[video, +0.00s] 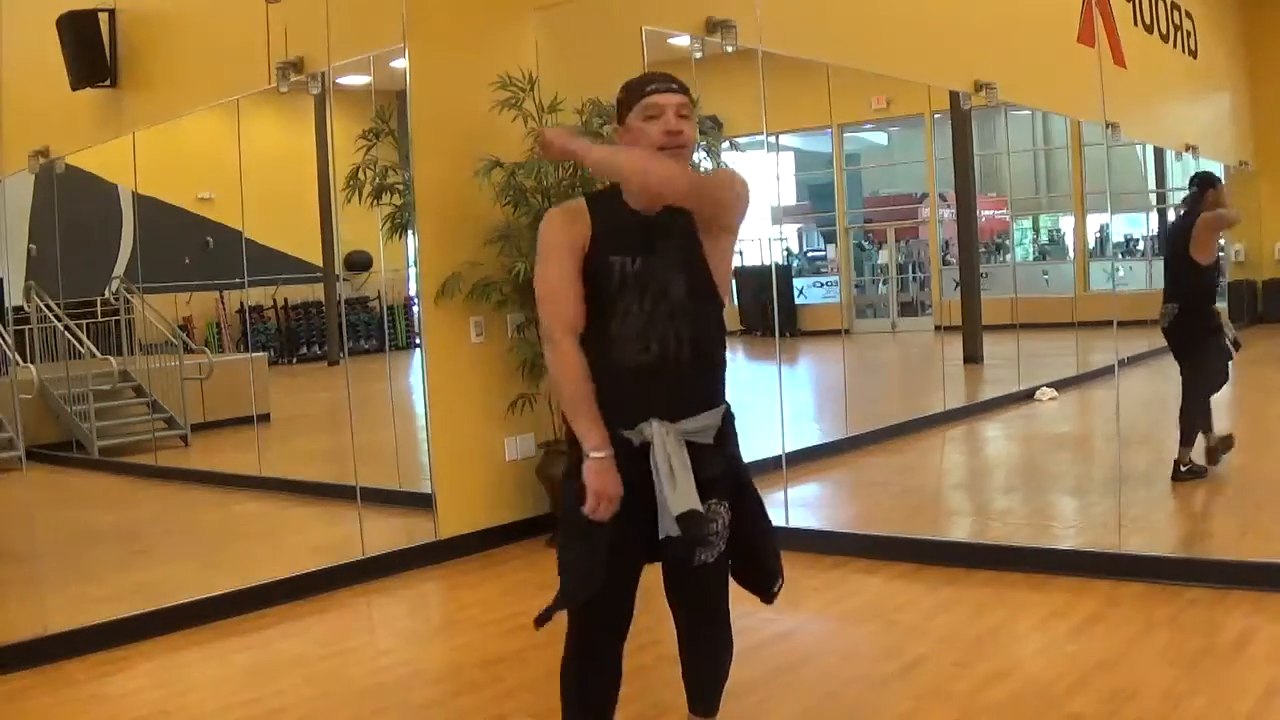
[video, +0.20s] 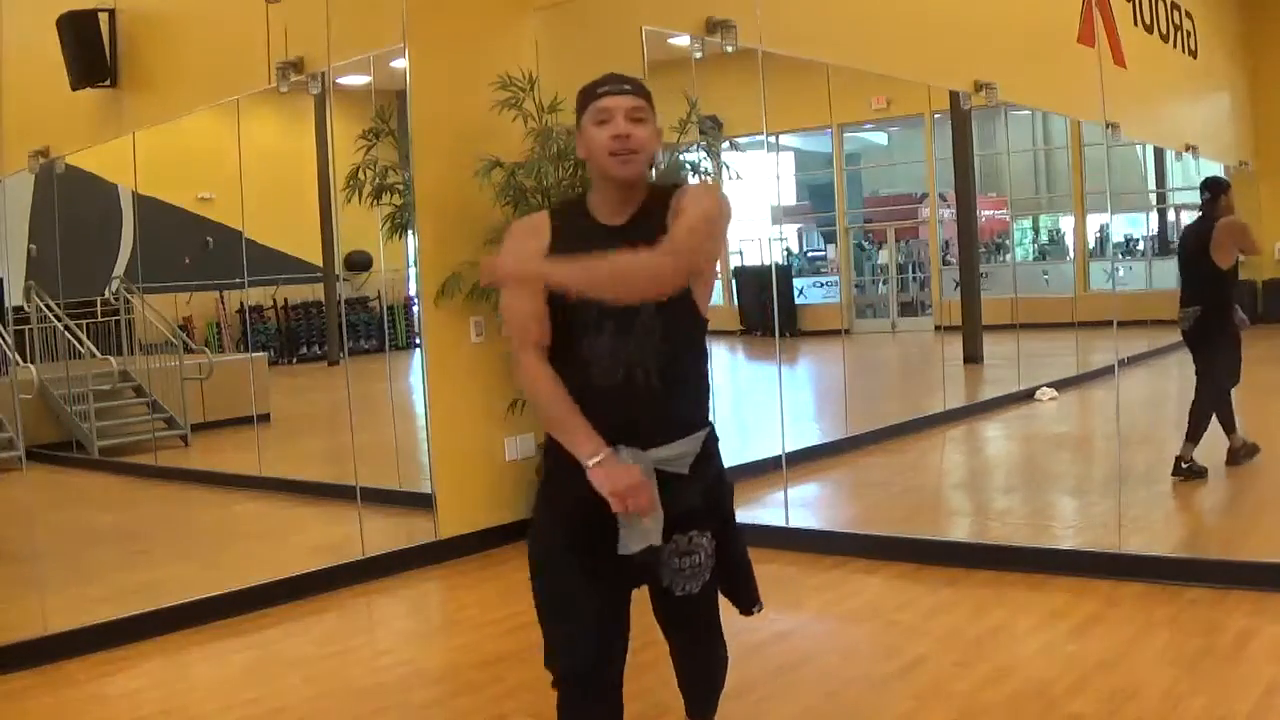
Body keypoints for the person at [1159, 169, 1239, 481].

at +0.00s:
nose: (1221, 198)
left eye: (1220, 192)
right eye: (1219, 192)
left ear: (1196, 194)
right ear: (1209, 193)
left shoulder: (1179, 224)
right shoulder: (1206, 221)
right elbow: (1233, 216)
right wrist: (1218, 201)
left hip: (1175, 316)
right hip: (1196, 317)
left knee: (1201, 380)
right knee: (1195, 386)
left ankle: (1211, 442)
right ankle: (1183, 461)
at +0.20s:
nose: (1233, 201)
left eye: (1230, 196)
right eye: (1230, 196)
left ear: (1205, 199)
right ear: (1223, 197)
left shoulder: (1189, 231)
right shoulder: (1230, 227)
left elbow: (1203, 277)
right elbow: (1255, 250)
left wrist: (1233, 309)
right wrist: (1232, 222)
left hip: (1190, 317)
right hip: (1214, 318)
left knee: (1219, 382)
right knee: (1210, 385)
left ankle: (1236, 444)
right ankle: (1184, 458)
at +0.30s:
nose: (1239, 203)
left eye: (1236, 197)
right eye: (1236, 198)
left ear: (1210, 202)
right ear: (1230, 199)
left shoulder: (1195, 233)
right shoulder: (1242, 231)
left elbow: (1196, 275)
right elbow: (1265, 272)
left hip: (1199, 318)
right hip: (1226, 319)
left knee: (1225, 381)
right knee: (1233, 381)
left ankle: (1237, 445)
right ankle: (1191, 447)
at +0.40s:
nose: (1247, 207)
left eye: (1243, 202)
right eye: (1245, 202)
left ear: (1219, 206)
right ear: (1239, 204)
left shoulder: (1204, 236)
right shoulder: (1252, 237)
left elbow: (1197, 280)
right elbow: (1269, 276)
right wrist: (1270, 311)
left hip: (1208, 321)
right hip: (1236, 322)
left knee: (1230, 380)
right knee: (1262, 377)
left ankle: (1238, 445)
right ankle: (1208, 430)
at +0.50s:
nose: (1257, 214)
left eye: (1255, 208)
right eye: (1256, 209)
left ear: (1230, 210)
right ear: (1249, 208)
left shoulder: (1212, 241)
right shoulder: (1262, 242)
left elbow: (1202, 289)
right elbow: (1274, 288)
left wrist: (1203, 332)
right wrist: (1274, 323)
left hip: (1217, 324)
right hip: (1248, 324)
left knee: (1234, 380)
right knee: (1271, 379)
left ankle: (1236, 446)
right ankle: (1235, 424)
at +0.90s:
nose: (1278, 221)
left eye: (1277, 218)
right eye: (1279, 218)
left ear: (1275, 221)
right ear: (1277, 221)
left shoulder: (1258, 252)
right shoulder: (1266, 252)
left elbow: (1241, 296)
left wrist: (1228, 328)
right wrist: (1277, 331)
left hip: (1250, 334)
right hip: (1270, 337)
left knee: (1254, 387)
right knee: (1255, 388)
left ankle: (1239, 443)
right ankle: (1239, 443)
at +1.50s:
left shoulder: (1276, 284)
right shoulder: (1276, 284)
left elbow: (1275, 301)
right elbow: (1275, 301)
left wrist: (1274, 331)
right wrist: (1274, 331)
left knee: (1277, 382)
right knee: (1277, 382)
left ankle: (1260, 427)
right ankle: (1260, 427)